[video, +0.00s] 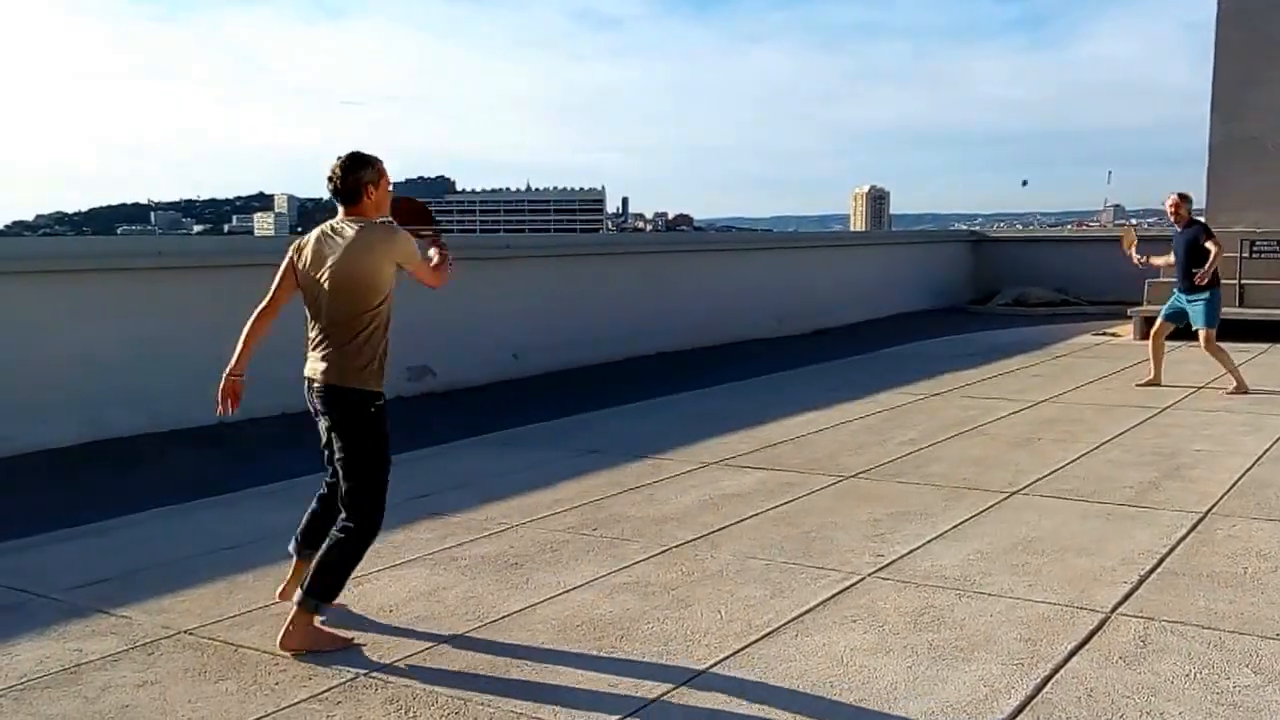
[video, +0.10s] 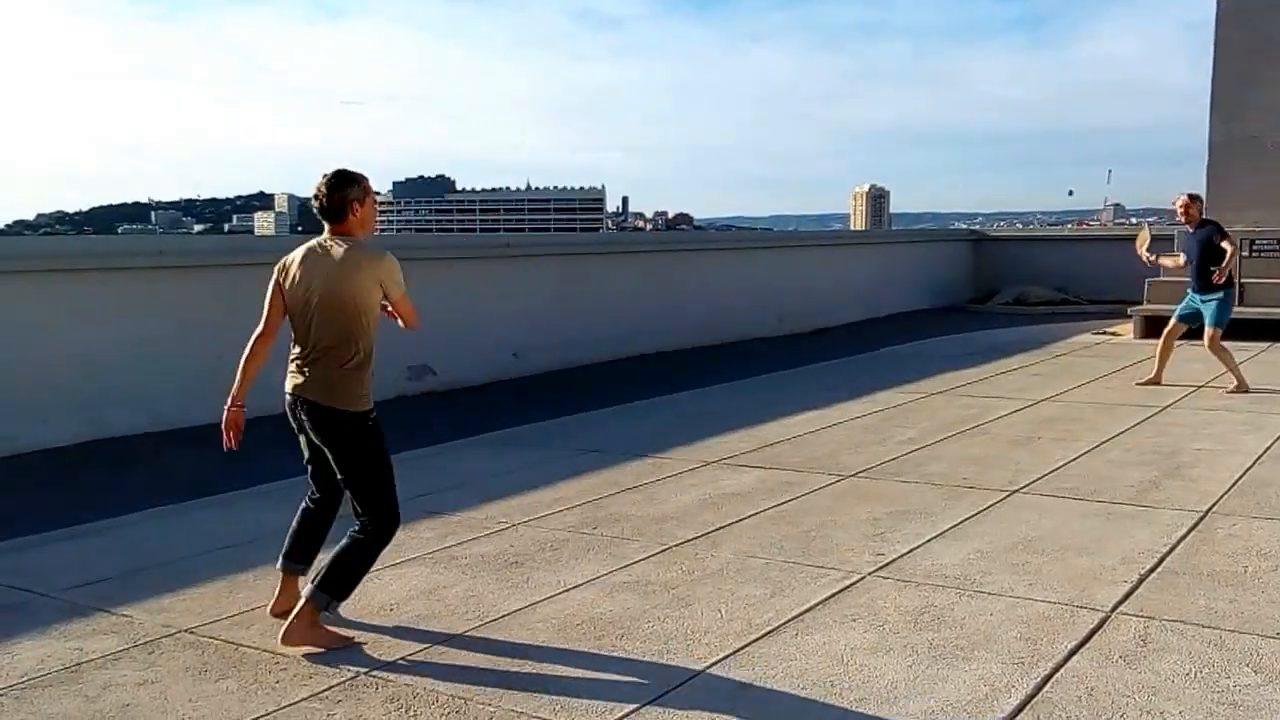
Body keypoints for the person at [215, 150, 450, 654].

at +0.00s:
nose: (391, 189)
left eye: (387, 181)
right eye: (386, 182)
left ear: (345, 194)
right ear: (371, 190)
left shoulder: (308, 243)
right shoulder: (387, 235)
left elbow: (267, 309)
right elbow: (433, 276)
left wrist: (235, 368)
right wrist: (438, 258)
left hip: (317, 386)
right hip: (356, 394)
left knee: (336, 486)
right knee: (362, 515)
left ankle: (296, 581)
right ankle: (301, 626)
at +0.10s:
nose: (377, 208)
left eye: (374, 200)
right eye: (372, 201)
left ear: (332, 211)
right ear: (355, 208)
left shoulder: (292, 262)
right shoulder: (376, 261)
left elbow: (264, 334)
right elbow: (409, 319)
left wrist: (236, 397)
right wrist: (385, 304)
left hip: (299, 401)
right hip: (345, 408)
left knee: (323, 492)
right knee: (380, 517)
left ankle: (286, 592)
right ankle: (306, 620)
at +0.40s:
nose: (366, 173)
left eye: (363, 163)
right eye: (361, 165)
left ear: (323, 174)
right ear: (343, 172)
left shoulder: (293, 219)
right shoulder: (345, 228)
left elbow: (261, 294)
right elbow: (348, 312)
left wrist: (280, 343)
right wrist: (377, 353)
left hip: (282, 364)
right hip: (317, 369)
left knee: (307, 468)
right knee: (353, 483)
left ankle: (282, 569)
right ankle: (312, 603)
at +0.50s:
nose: (364, 175)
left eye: (361, 166)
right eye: (360, 167)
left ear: (323, 176)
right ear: (341, 176)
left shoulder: (303, 221)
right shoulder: (324, 231)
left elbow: (307, 314)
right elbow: (321, 320)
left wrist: (350, 363)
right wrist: (366, 368)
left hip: (289, 366)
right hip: (308, 372)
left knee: (300, 470)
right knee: (346, 487)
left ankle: (262, 563)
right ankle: (320, 610)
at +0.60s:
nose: (359, 186)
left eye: (355, 179)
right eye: (352, 180)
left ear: (327, 192)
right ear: (334, 192)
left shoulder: (332, 241)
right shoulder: (301, 251)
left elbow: (350, 312)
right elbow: (283, 340)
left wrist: (406, 347)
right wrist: (334, 390)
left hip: (308, 386)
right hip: (294, 391)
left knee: (295, 483)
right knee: (354, 494)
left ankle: (248, 574)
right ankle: (321, 615)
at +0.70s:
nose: (349, 187)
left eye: (345, 180)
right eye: (342, 182)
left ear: (319, 196)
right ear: (324, 195)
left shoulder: (342, 247)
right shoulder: (285, 255)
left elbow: (394, 293)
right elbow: (252, 340)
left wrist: (455, 319)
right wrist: (299, 395)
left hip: (311, 386)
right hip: (284, 390)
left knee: (294, 483)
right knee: (356, 482)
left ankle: (245, 577)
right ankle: (322, 603)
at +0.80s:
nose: (335, 183)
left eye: (330, 176)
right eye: (328, 178)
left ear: (310, 196)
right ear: (309, 195)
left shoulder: (338, 235)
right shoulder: (267, 259)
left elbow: (406, 260)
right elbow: (226, 336)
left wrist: (475, 272)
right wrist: (275, 379)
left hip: (317, 382)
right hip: (287, 389)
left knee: (295, 481)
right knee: (356, 482)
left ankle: (245, 575)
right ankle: (316, 608)